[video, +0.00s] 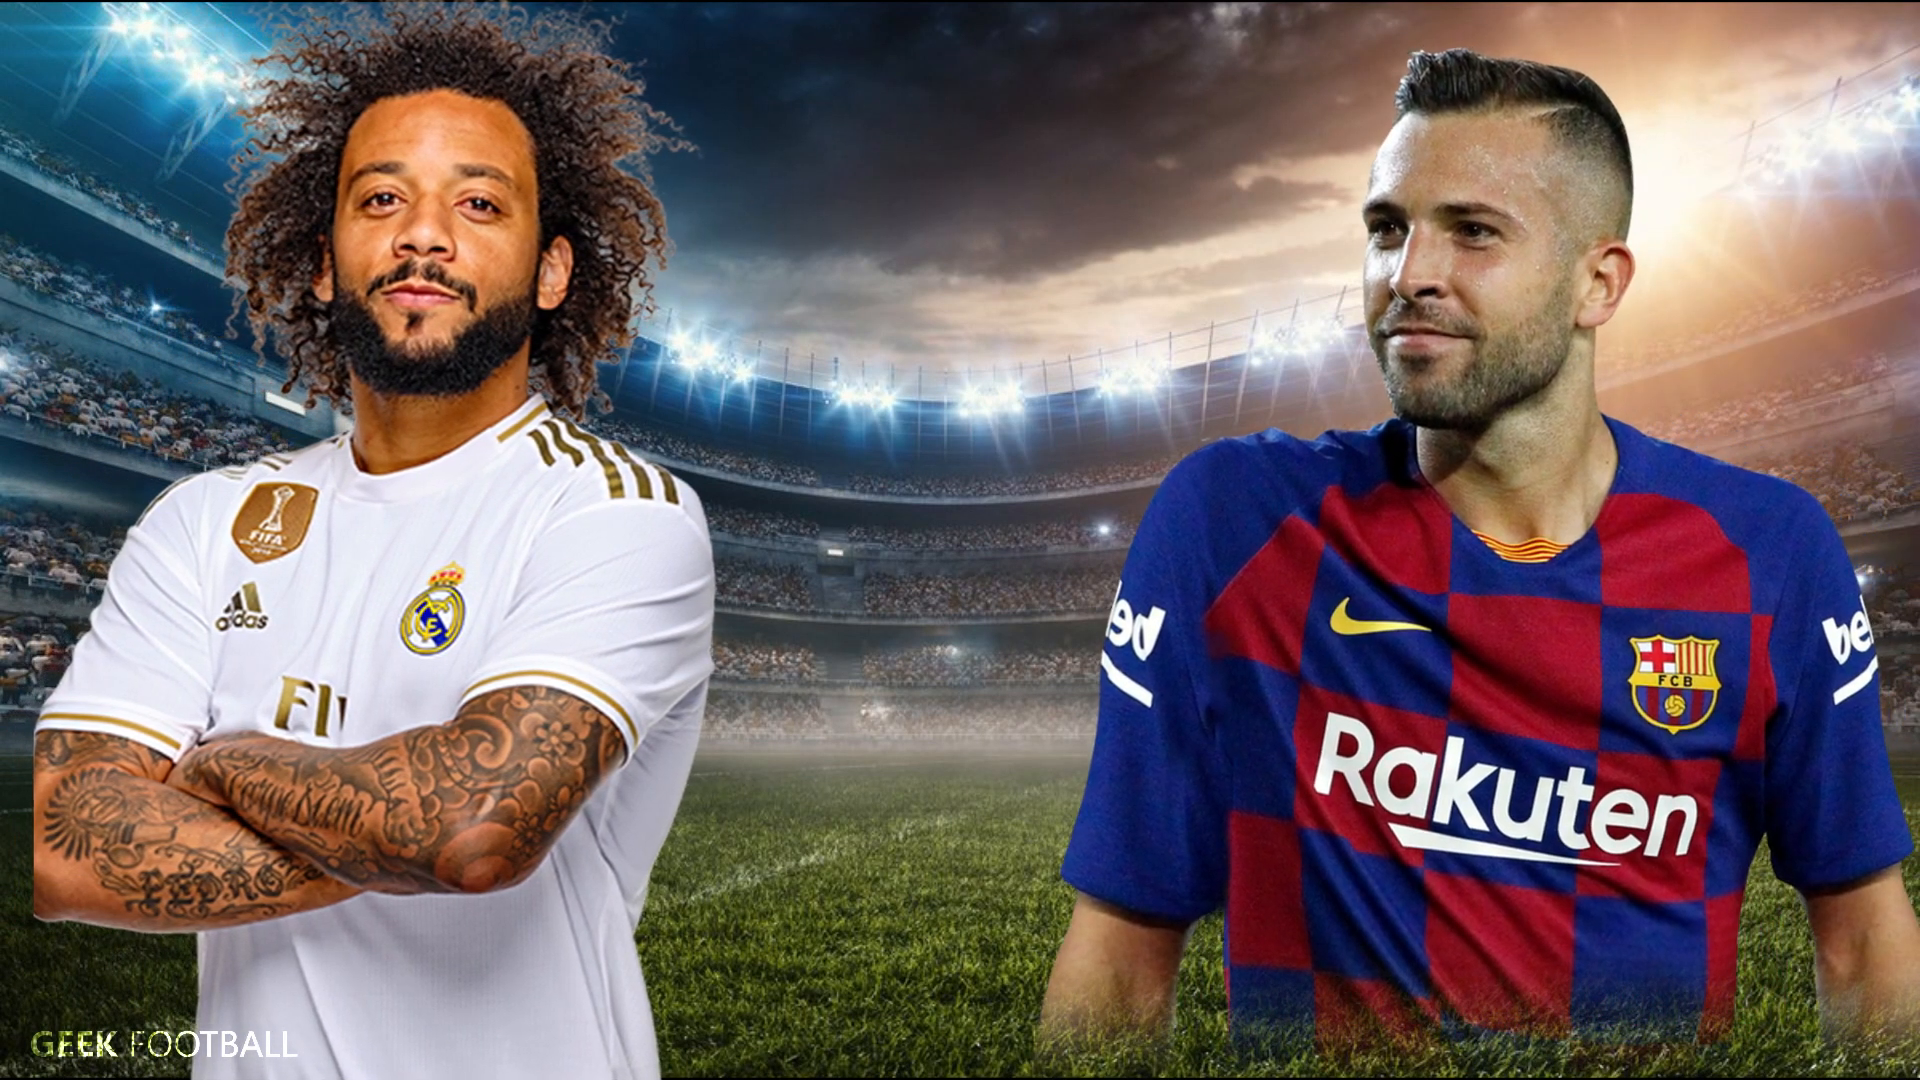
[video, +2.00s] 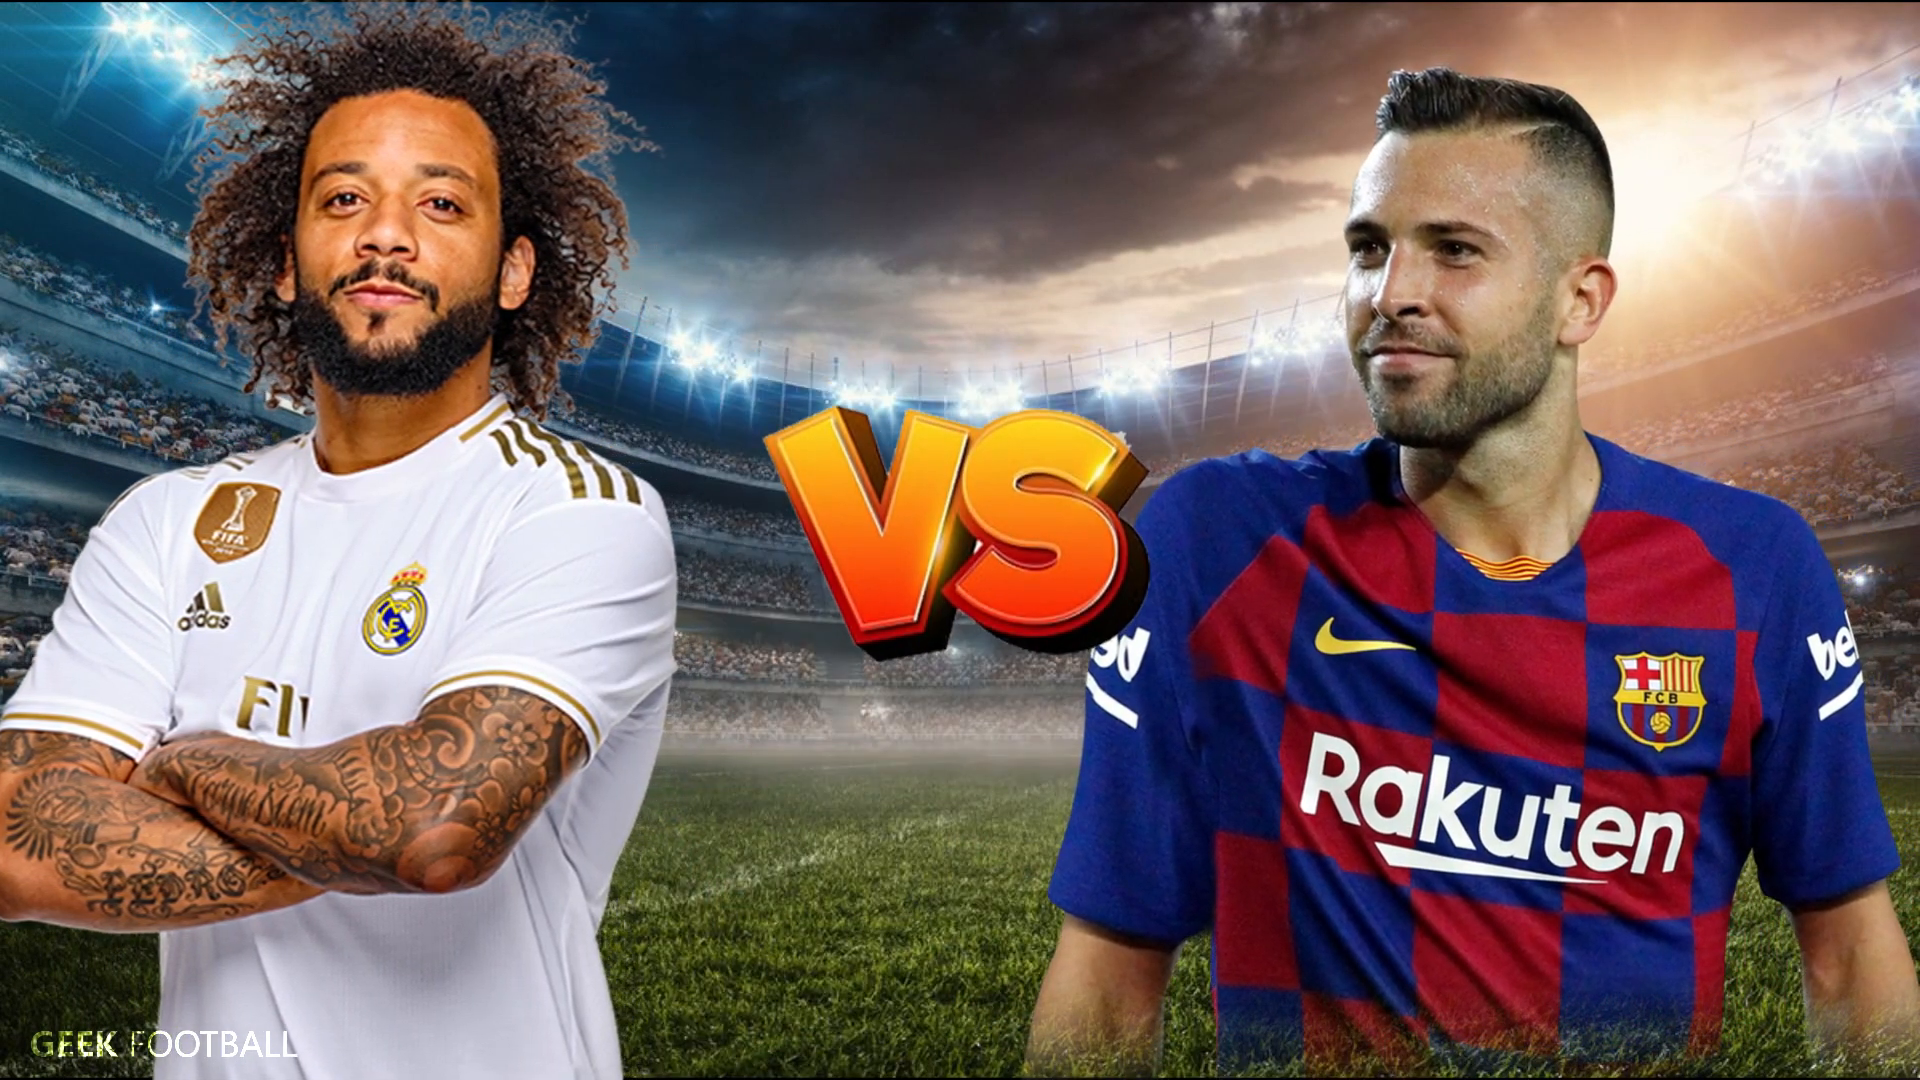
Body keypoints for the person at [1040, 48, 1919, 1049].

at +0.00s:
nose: (1407, 275)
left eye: (1474, 231)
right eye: (1388, 230)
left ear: (1600, 285)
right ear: (1364, 256)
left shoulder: (1771, 555)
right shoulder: (1229, 519)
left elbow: (1863, 931)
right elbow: (1121, 946)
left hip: (1644, 1048)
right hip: (1316, 1047)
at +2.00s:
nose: (1388, 294)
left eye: (1454, 250)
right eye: (1368, 249)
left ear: (1580, 303)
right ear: (1345, 272)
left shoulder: (1757, 572)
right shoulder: (1206, 543)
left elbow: (1853, 954)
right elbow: (1108, 974)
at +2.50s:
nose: (1527, 289)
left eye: (1592, 242)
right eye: (1505, 243)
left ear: (1717, 295)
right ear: (1482, 267)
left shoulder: (1892, 563)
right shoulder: (1346, 530)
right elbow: (1242, 962)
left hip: (1768, 1060)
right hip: (1445, 1055)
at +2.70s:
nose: (1653, 280)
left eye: (1719, 234)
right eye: (1633, 234)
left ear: (1844, 285)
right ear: (1612, 255)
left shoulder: (1911, 540)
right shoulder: (1480, 522)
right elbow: (1369, 960)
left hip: (1881, 1046)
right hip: (1582, 1048)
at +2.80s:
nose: (1736, 274)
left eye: (1801, 229)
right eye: (1714, 229)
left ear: (1915, 280)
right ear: (1688, 253)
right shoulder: (1561, 516)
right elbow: (1448, 946)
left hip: (1891, 1043)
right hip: (1645, 1051)